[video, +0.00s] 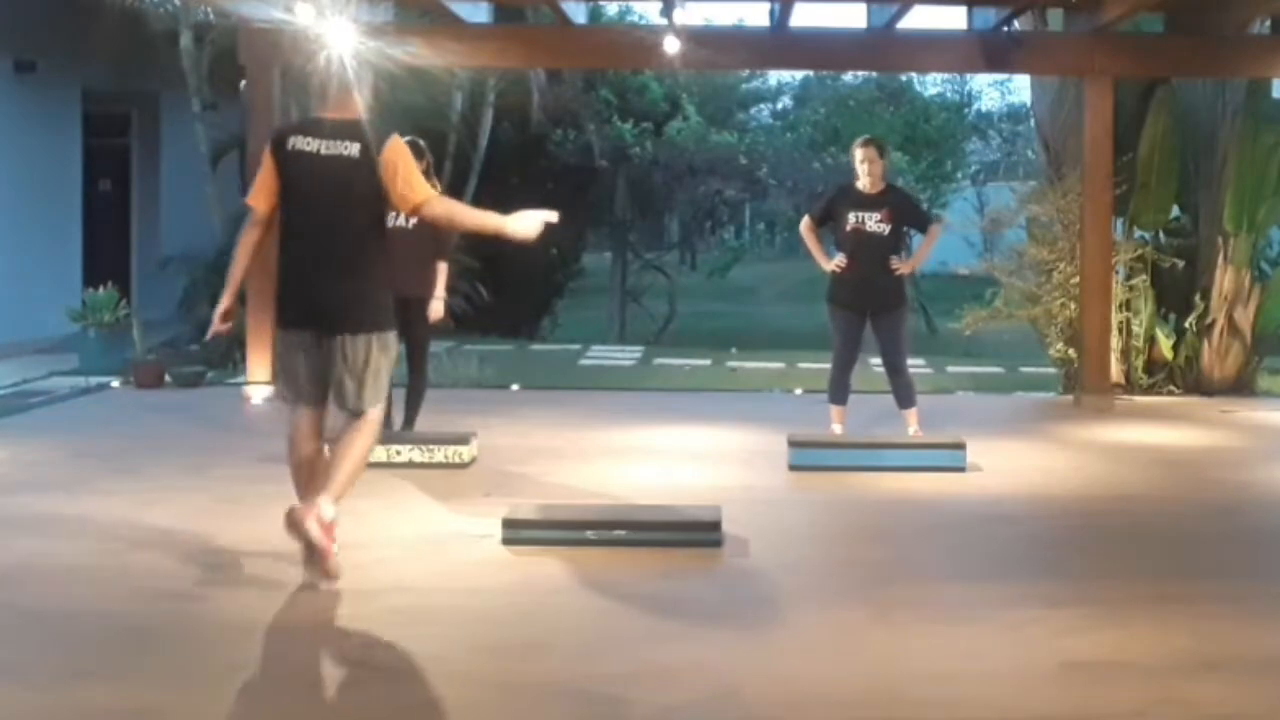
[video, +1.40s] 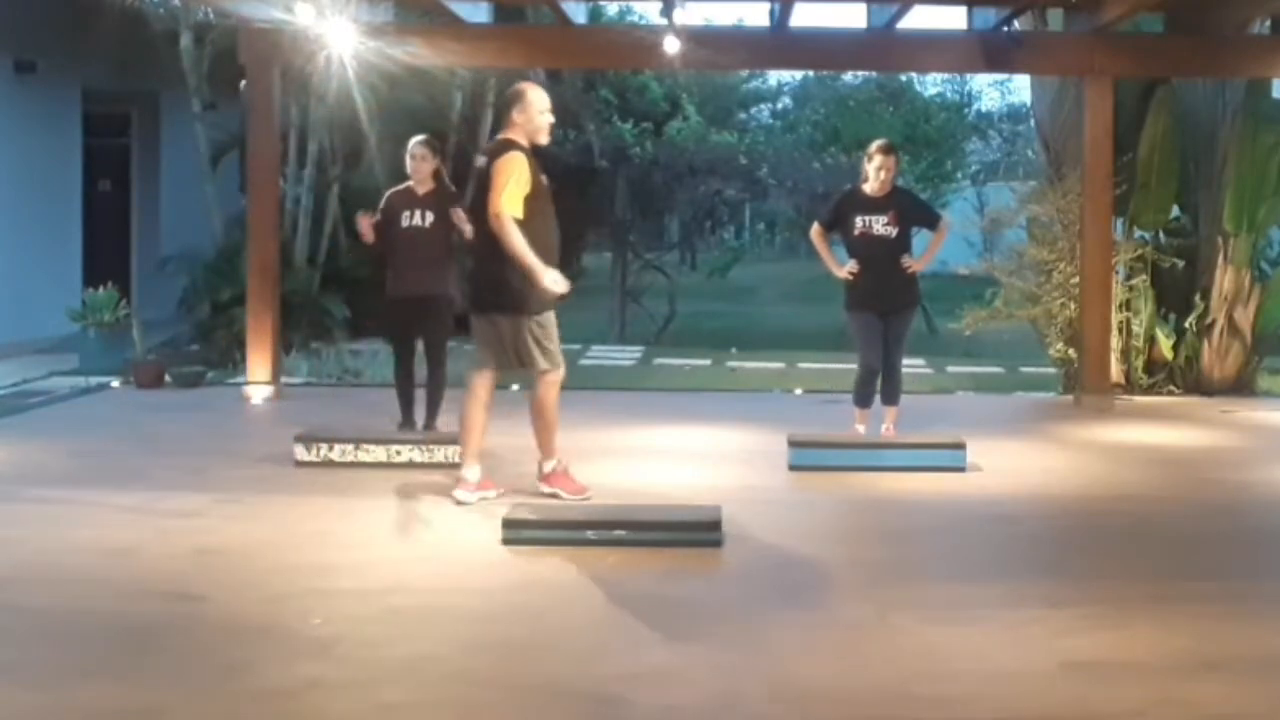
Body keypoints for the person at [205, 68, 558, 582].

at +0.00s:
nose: (367, 95)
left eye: (356, 85)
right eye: (366, 86)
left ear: (318, 90)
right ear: (362, 91)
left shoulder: (284, 142)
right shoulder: (383, 145)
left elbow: (255, 222)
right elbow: (430, 207)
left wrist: (229, 294)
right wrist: (506, 224)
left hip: (298, 305)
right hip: (363, 308)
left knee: (305, 420)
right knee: (369, 413)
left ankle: (319, 549)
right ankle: (321, 506)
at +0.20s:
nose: (393, 99)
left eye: (381, 89)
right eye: (392, 90)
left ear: (345, 92)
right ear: (387, 93)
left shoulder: (314, 143)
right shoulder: (402, 148)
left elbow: (270, 202)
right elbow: (421, 221)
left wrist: (265, 244)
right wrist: (474, 284)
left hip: (323, 298)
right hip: (388, 302)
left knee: (322, 402)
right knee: (402, 394)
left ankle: (318, 527)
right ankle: (382, 509)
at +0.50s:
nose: (447, 118)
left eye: (444, 110)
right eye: (446, 110)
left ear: (400, 111)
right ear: (437, 111)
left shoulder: (367, 161)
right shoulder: (449, 164)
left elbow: (334, 212)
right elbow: (472, 229)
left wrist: (327, 246)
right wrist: (520, 288)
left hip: (375, 304)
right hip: (433, 307)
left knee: (367, 395)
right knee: (439, 398)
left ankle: (333, 484)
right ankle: (421, 498)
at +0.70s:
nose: (472, 123)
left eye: (472, 115)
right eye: (471, 115)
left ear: (429, 112)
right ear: (457, 113)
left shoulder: (394, 155)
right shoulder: (465, 160)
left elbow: (372, 227)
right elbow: (497, 218)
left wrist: (372, 286)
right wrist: (568, 243)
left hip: (404, 296)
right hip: (454, 301)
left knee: (414, 386)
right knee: (455, 394)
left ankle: (387, 466)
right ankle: (423, 494)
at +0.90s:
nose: (495, 119)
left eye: (495, 111)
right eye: (492, 111)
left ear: (453, 111)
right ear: (471, 111)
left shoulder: (415, 152)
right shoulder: (480, 155)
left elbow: (396, 220)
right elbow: (503, 216)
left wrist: (420, 255)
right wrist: (569, 248)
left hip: (428, 290)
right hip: (467, 295)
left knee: (447, 386)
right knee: (458, 389)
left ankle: (458, 473)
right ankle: (422, 491)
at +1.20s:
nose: (527, 117)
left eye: (526, 109)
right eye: (521, 109)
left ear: (489, 111)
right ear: (497, 111)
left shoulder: (458, 151)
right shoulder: (498, 155)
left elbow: (444, 206)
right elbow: (492, 218)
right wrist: (515, 284)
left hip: (460, 285)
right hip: (499, 285)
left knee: (464, 375)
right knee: (537, 365)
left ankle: (465, 480)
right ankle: (484, 449)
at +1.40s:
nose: (551, 120)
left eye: (550, 112)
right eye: (544, 112)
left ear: (517, 117)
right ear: (518, 116)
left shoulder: (494, 156)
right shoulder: (515, 158)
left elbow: (478, 220)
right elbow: (501, 216)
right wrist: (541, 271)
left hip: (490, 288)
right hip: (522, 289)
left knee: (484, 374)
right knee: (549, 371)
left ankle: (469, 474)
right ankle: (550, 466)